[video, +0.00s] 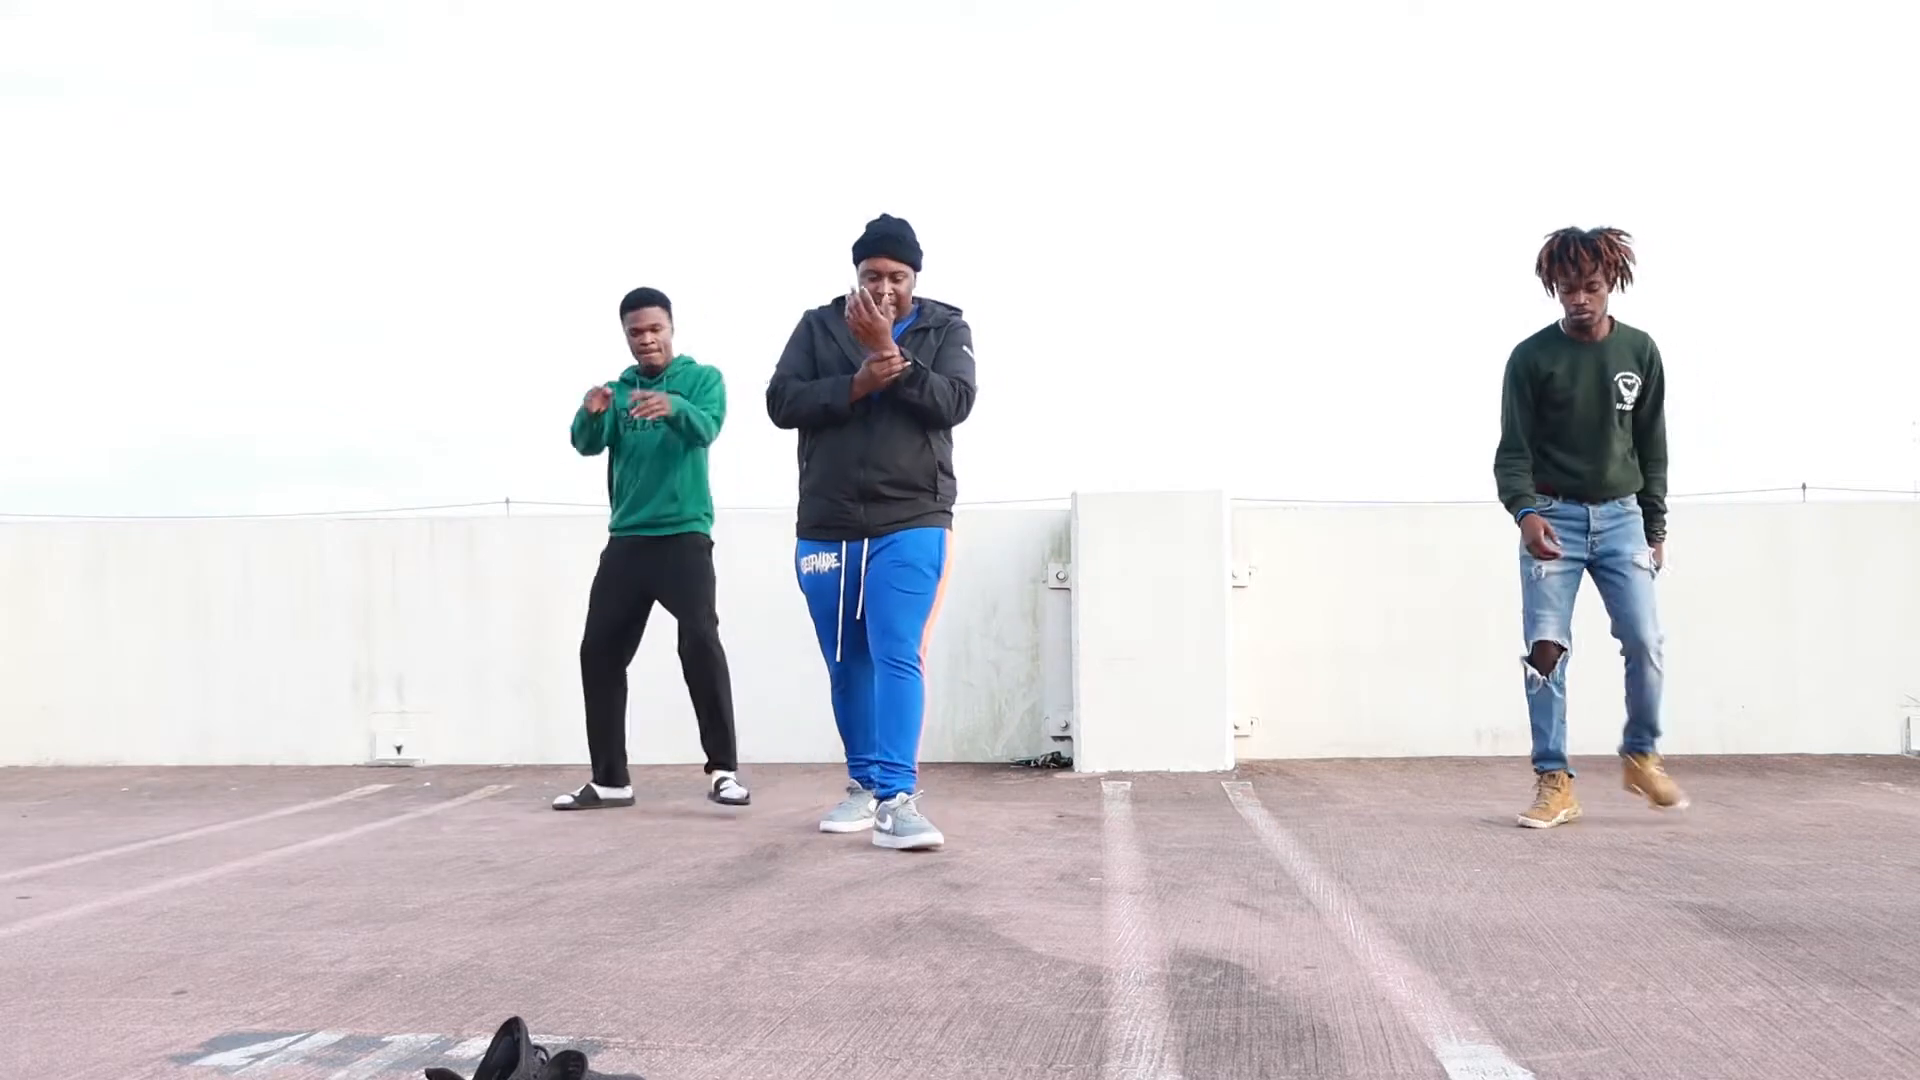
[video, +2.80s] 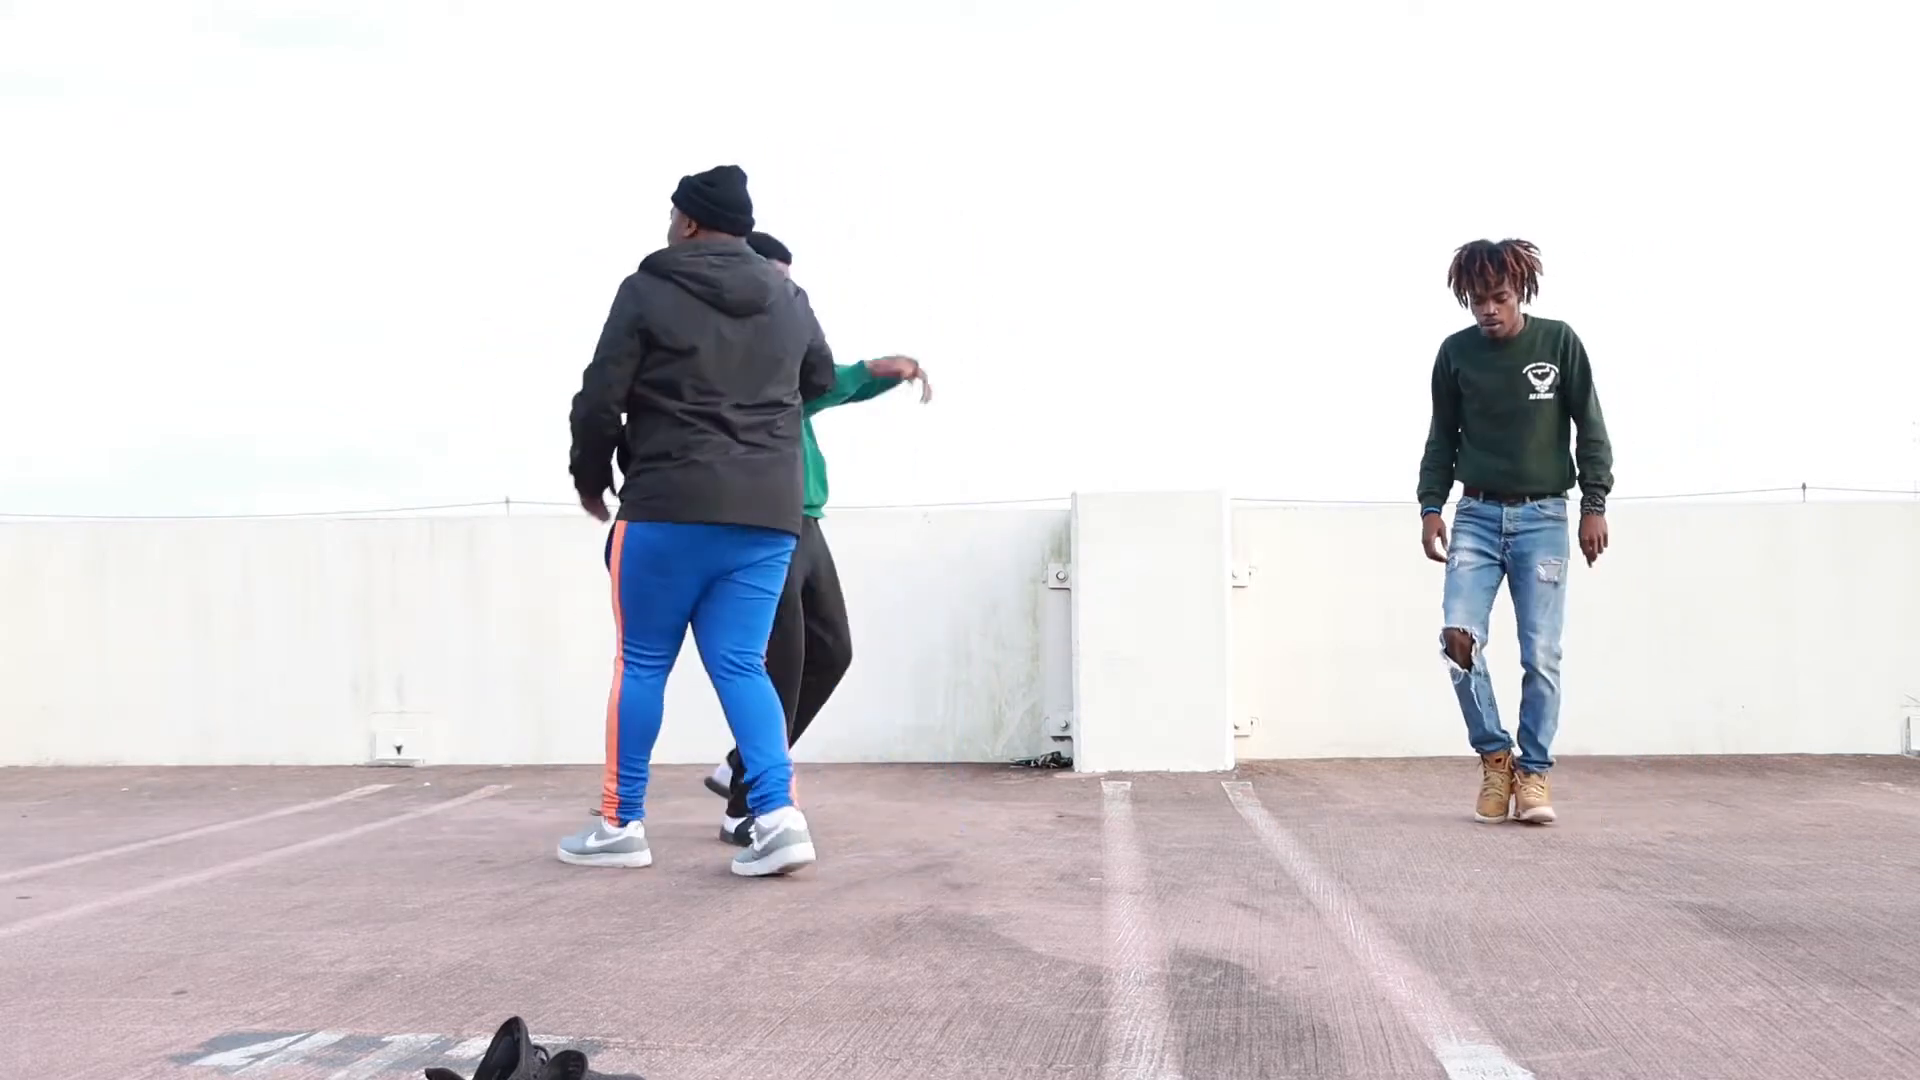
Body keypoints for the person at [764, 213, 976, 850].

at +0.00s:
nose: (883, 289)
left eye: (896, 277)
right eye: (872, 276)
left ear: (916, 279)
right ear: (854, 275)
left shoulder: (941, 326)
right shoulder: (819, 325)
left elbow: (953, 403)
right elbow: (781, 401)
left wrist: (887, 349)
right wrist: (855, 384)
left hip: (909, 516)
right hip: (827, 520)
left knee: (895, 650)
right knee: (846, 659)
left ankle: (896, 797)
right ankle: (865, 788)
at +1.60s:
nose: (831, 201)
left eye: (844, 186)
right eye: (827, 190)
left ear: (892, 187)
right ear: (840, 201)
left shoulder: (932, 240)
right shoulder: (850, 274)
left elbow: (879, 343)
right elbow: (834, 390)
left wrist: (774, 356)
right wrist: (778, 362)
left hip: (935, 483)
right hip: (857, 492)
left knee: (908, 652)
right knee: (822, 649)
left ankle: (948, 843)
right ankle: (900, 799)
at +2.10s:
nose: (793, 205)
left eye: (802, 193)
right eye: (797, 192)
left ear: (834, 197)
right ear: (860, 201)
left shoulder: (821, 257)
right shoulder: (898, 273)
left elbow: (764, 361)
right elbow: (863, 379)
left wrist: (721, 391)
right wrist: (767, 391)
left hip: (844, 489)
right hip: (894, 489)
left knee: (854, 668)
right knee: (777, 651)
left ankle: (942, 843)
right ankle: (786, 831)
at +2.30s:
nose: (759, 208)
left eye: (767, 197)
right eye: (763, 196)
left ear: (799, 203)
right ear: (823, 207)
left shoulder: (782, 261)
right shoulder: (864, 281)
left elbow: (716, 364)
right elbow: (825, 369)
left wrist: (681, 384)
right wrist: (732, 354)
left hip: (796, 483)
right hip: (862, 493)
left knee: (742, 651)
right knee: (773, 657)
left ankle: (871, 794)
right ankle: (783, 831)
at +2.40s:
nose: (742, 207)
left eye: (750, 195)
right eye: (745, 195)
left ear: (780, 200)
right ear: (806, 205)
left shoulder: (759, 261)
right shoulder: (851, 283)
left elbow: (693, 372)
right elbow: (804, 370)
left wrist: (669, 379)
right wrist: (706, 360)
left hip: (773, 482)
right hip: (849, 493)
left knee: (698, 641)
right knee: (777, 657)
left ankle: (788, 799)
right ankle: (788, 835)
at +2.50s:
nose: (724, 205)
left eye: (730, 194)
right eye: (726, 193)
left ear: (758, 198)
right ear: (793, 203)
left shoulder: (733, 257)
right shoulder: (839, 281)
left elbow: (678, 363)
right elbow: (819, 373)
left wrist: (662, 392)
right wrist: (718, 389)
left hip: (748, 481)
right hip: (835, 488)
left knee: (682, 640)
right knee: (781, 652)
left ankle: (703, 819)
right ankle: (787, 831)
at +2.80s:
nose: (669, 225)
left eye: (673, 217)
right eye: (675, 215)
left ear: (688, 223)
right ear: (739, 226)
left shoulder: (649, 288)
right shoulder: (786, 293)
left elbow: (598, 401)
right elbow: (820, 377)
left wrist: (591, 475)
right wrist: (761, 408)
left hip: (669, 501)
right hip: (769, 509)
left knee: (643, 663)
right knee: (738, 662)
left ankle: (621, 823)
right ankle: (777, 815)